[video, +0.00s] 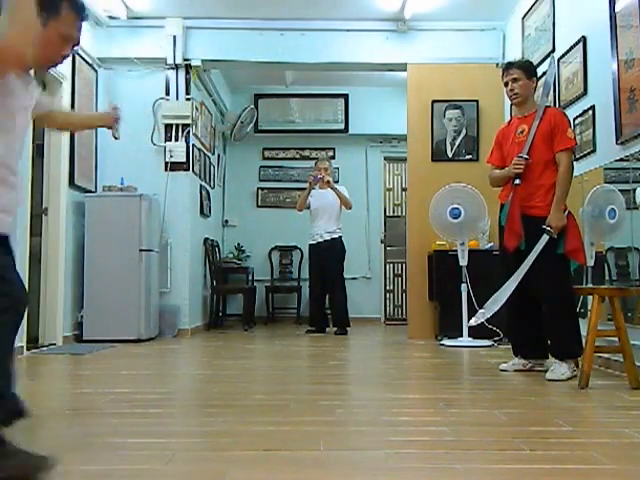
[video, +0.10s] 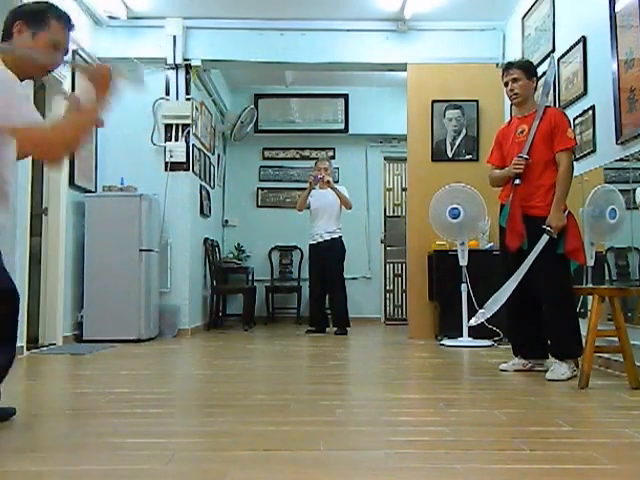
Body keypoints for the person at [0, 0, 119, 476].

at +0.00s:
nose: (66, 53)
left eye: (72, 45)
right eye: (65, 40)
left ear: (64, 42)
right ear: (36, 24)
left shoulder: (26, 86)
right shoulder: (8, 73)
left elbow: (53, 116)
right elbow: (16, 45)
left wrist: (100, 119)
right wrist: (27, 5)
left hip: (6, 225)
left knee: (11, 304)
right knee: (12, 298)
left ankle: (2, 438)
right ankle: (6, 399)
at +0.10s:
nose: (58, 63)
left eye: (62, 53)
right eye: (55, 48)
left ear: (20, 36)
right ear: (20, 32)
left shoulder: (15, 88)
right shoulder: (4, 84)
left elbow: (48, 148)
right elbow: (50, 147)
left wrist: (86, 108)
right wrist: (93, 97)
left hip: (4, 242)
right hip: (0, 244)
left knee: (8, 309)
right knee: (7, 308)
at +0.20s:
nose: (48, 76)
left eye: (51, 67)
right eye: (45, 63)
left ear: (15, 53)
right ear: (12, 49)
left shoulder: (8, 96)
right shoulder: (12, 102)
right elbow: (49, 175)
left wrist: (36, 115)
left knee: (6, 297)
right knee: (5, 297)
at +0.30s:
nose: (40, 96)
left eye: (42, 86)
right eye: (37, 84)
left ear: (9, 75)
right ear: (7, 72)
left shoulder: (9, 117)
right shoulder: (9, 120)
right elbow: (33, 184)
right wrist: (77, 197)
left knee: (9, 295)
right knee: (8, 295)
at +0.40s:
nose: (36, 99)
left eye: (39, 91)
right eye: (35, 88)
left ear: (8, 79)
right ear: (7, 76)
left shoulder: (6, 117)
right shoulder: (5, 121)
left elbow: (22, 125)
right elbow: (30, 192)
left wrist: (33, 134)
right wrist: (83, 198)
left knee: (9, 298)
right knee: (9, 299)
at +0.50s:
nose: (42, 86)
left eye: (44, 78)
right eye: (40, 75)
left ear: (14, 66)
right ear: (14, 64)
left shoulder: (8, 110)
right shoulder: (6, 110)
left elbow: (14, 173)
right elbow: (32, 180)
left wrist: (54, 144)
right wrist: (93, 156)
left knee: (8, 301)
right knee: (7, 302)